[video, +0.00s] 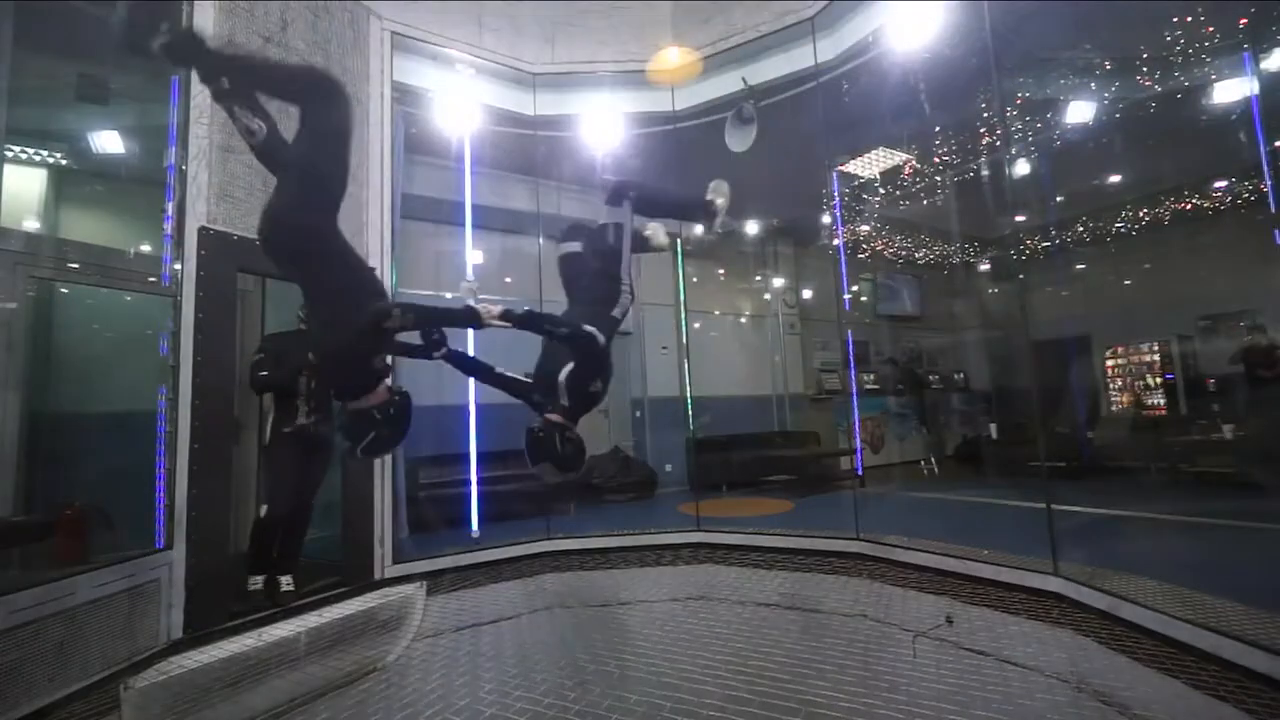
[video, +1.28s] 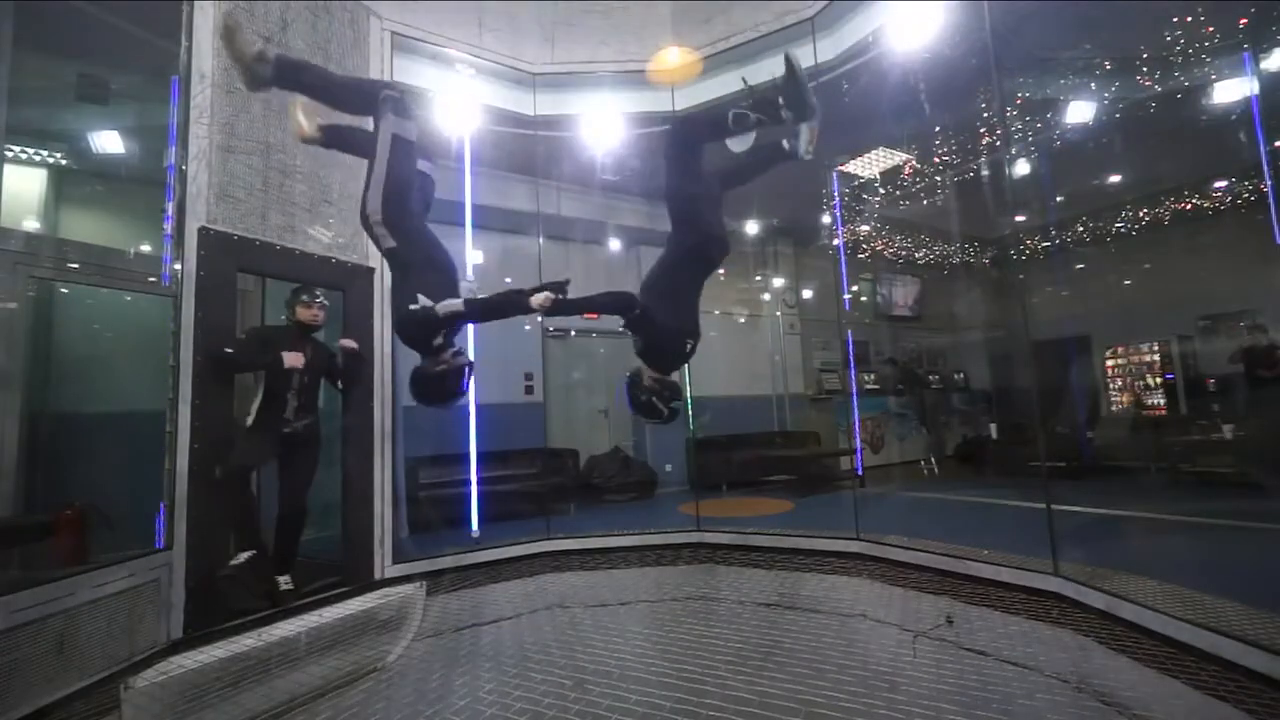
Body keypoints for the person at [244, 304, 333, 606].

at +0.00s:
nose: (318, 321)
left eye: (322, 316)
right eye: (314, 315)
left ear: (329, 318)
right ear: (305, 314)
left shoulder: (332, 347)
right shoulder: (278, 343)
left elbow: (345, 388)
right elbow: (258, 380)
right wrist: (295, 374)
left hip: (319, 438)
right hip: (284, 437)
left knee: (302, 507)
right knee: (278, 507)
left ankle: (285, 575)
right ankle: (258, 573)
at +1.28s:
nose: (317, 312)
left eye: (321, 308)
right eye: (309, 306)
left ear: (325, 313)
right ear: (293, 309)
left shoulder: (322, 352)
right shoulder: (267, 336)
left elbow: (345, 384)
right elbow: (236, 358)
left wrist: (351, 357)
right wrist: (278, 359)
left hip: (302, 435)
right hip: (266, 431)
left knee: (294, 503)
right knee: (233, 474)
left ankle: (283, 572)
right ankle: (249, 546)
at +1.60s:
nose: (314, 315)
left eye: (318, 310)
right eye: (306, 310)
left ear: (321, 318)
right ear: (288, 315)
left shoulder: (318, 352)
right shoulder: (262, 345)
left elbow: (340, 357)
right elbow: (218, 371)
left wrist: (357, 355)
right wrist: (262, 363)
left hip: (298, 440)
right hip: (259, 434)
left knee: (303, 516)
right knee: (226, 452)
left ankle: (282, 575)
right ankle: (211, 529)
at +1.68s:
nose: (310, 317)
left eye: (314, 313)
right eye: (301, 312)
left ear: (320, 322)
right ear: (284, 320)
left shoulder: (317, 355)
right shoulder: (262, 347)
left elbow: (335, 357)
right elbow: (209, 365)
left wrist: (352, 361)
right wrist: (252, 363)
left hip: (295, 446)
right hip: (256, 438)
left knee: (301, 517)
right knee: (216, 445)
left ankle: (281, 577)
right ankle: (191, 518)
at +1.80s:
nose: (305, 312)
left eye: (310, 309)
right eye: (297, 306)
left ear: (314, 321)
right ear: (280, 313)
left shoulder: (312, 352)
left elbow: (329, 356)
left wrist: (341, 356)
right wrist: (218, 349)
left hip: (282, 440)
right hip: (243, 431)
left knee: (288, 516)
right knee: (204, 426)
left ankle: (279, 575)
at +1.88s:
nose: (299, 306)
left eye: (305, 304)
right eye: (291, 301)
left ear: (309, 318)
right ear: (275, 308)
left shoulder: (309, 349)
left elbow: (364, 356)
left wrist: (338, 350)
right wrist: (182, 349)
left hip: (265, 434)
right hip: (222, 419)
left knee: (270, 518)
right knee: (194, 418)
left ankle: (265, 553)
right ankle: (124, 466)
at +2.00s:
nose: (287, 305)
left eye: (294, 304)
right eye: (280, 300)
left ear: (300, 318)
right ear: (263, 307)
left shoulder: (301, 350)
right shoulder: (231, 331)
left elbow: (363, 360)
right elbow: (180, 352)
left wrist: (333, 348)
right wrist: (175, 355)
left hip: (239, 440)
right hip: (199, 423)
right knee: (168, 385)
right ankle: (91, 442)